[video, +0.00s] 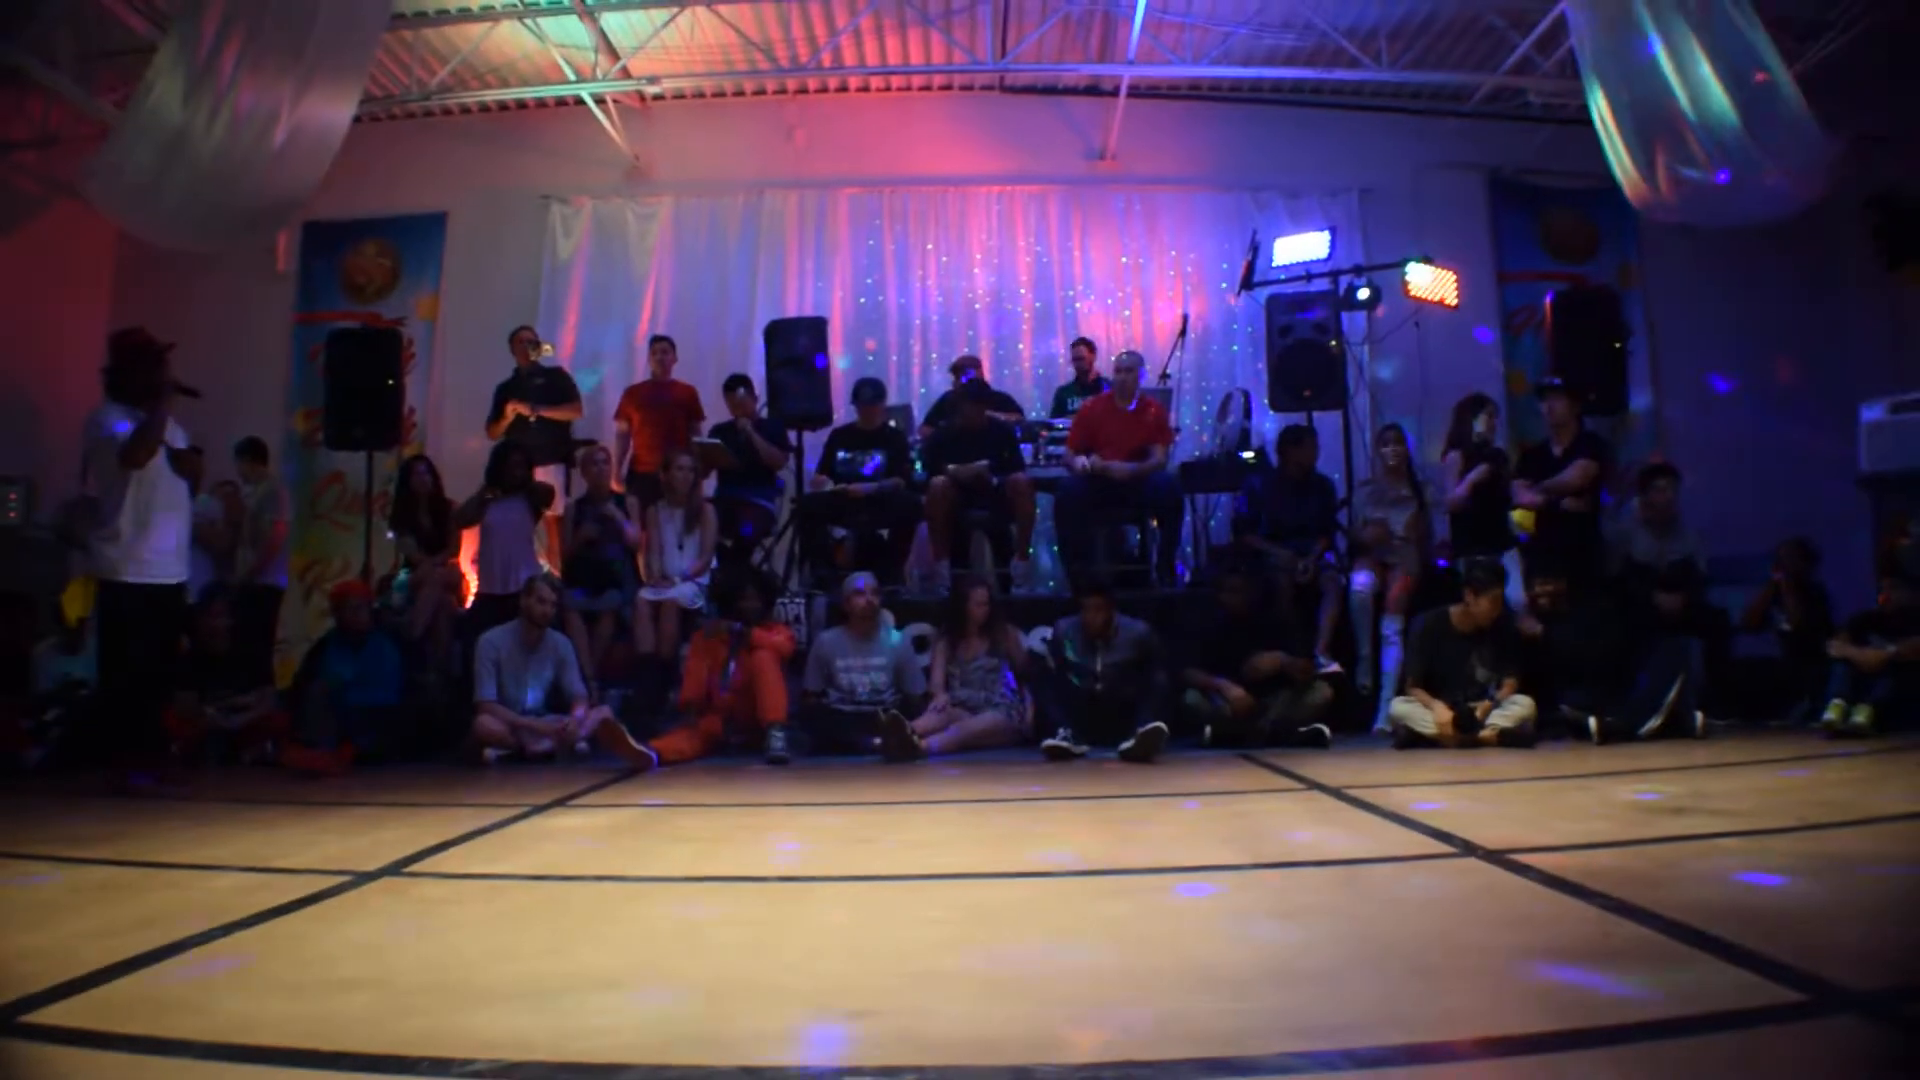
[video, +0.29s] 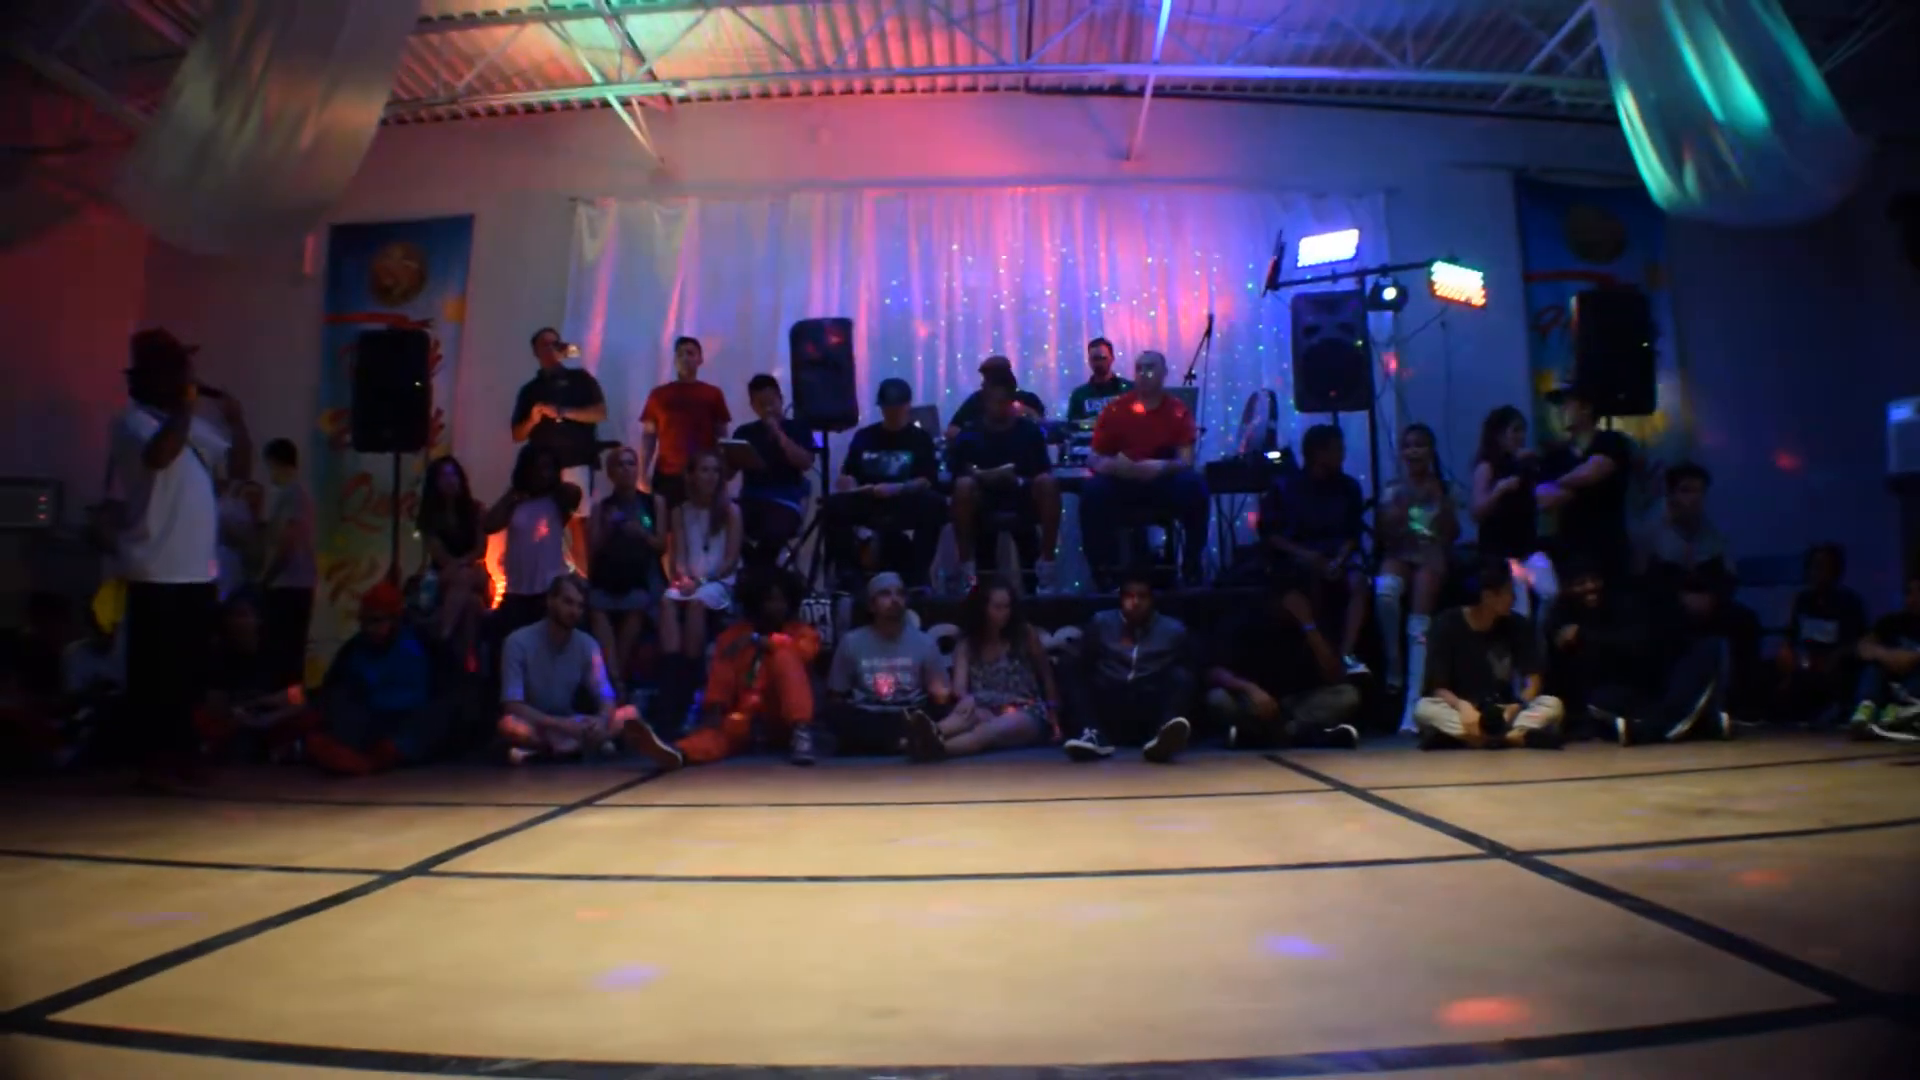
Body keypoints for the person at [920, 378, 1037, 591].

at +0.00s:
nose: (974, 414)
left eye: (980, 407)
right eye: (969, 407)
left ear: (987, 406)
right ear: (958, 407)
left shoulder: (1001, 431)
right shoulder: (942, 434)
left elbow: (1017, 469)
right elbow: (931, 471)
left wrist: (988, 475)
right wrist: (954, 472)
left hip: (994, 488)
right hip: (957, 489)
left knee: (1021, 483)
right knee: (939, 486)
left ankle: (1022, 558)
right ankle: (941, 561)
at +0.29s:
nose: (998, 406)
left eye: (1003, 400)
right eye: (993, 400)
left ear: (1013, 400)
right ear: (983, 400)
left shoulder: (1028, 430)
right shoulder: (970, 431)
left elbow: (1042, 469)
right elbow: (957, 470)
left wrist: (1014, 477)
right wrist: (984, 475)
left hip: (1019, 489)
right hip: (983, 490)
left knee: (1046, 484)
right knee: (964, 485)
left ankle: (1047, 560)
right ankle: (966, 564)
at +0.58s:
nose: (997, 394)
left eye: (1002, 388)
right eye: (992, 389)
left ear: (1015, 392)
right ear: (983, 393)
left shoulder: (1031, 427)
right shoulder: (971, 429)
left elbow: (1044, 468)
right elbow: (960, 466)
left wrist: (1013, 473)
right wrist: (986, 471)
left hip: (1021, 486)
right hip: (986, 488)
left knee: (1049, 481)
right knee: (966, 483)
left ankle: (1050, 558)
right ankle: (968, 562)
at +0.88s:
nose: (997, 391)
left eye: (1003, 386)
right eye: (993, 386)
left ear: (1015, 393)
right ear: (985, 391)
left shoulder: (1030, 430)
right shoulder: (972, 429)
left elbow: (1042, 469)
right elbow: (956, 465)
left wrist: (1014, 476)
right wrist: (979, 471)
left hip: (1018, 489)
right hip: (984, 489)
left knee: (1047, 482)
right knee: (964, 484)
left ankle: (1047, 559)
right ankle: (966, 564)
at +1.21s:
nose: (1003, 393)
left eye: (1008, 388)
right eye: (997, 387)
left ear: (1013, 394)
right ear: (987, 393)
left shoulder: (1027, 431)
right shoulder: (970, 429)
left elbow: (1039, 470)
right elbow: (953, 464)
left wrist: (1012, 480)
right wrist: (977, 472)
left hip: (1016, 490)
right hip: (981, 491)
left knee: (1044, 484)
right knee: (960, 486)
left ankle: (1044, 562)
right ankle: (962, 565)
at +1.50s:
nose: (1002, 393)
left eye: (1006, 388)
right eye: (996, 388)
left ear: (1011, 393)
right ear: (984, 394)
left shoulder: (1024, 432)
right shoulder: (967, 430)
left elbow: (1036, 470)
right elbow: (950, 465)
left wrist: (1009, 480)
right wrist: (975, 473)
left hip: (1013, 491)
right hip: (979, 492)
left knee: (1042, 485)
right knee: (958, 486)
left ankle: (1042, 563)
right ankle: (960, 567)